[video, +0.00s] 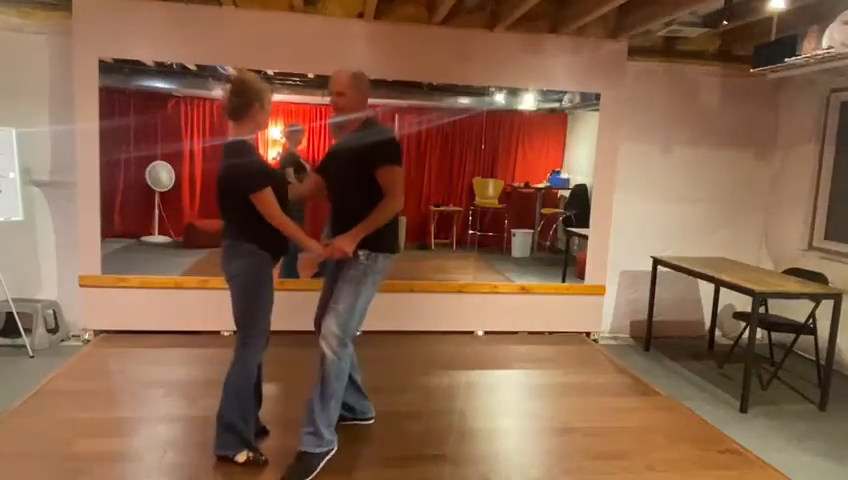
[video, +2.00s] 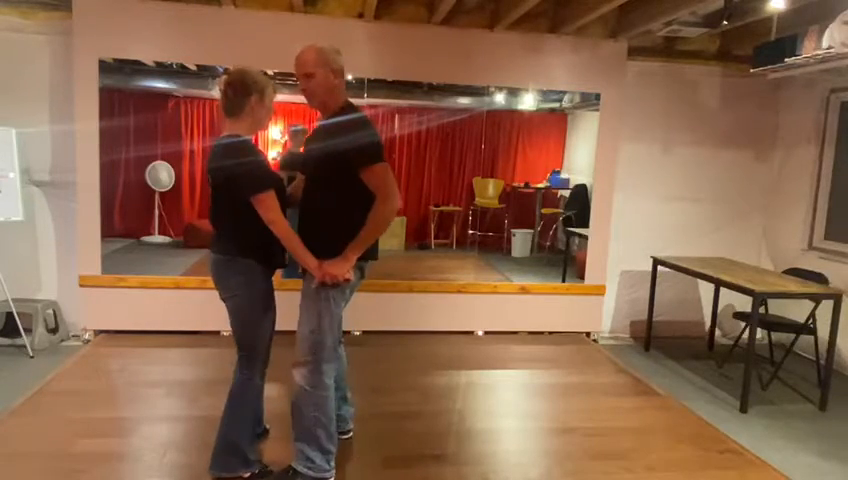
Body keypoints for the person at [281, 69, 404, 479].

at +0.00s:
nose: (333, 100)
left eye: (340, 94)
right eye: (332, 94)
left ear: (363, 96)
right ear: (336, 98)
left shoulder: (380, 137)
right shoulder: (341, 143)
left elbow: (396, 198)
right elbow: (311, 188)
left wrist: (352, 237)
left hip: (372, 250)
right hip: (342, 248)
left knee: (334, 334)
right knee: (330, 326)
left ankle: (318, 441)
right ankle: (355, 405)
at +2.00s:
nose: (301, 86)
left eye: (308, 76)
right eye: (298, 78)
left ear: (335, 76)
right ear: (315, 80)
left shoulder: (354, 127)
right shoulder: (325, 127)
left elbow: (390, 199)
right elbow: (320, 190)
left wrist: (348, 257)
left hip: (336, 262)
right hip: (321, 256)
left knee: (313, 364)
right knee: (325, 343)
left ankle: (314, 465)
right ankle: (339, 418)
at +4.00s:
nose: (281, 90)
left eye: (288, 82)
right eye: (277, 83)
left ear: (312, 82)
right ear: (276, 88)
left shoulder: (336, 120)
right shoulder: (292, 135)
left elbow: (390, 147)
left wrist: (383, 212)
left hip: (342, 250)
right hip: (317, 251)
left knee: (321, 350)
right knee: (312, 338)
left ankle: (313, 463)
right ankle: (323, 418)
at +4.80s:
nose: (315, 146)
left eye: (323, 139)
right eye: (311, 139)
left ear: (344, 141)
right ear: (307, 144)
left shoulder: (369, 179)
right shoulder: (305, 190)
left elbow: (389, 237)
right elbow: (247, 220)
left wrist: (332, 266)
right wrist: (193, 216)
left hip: (376, 289)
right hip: (338, 290)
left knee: (306, 357)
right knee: (279, 340)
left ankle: (313, 468)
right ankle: (320, 419)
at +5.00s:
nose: (318, 154)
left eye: (327, 146)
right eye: (315, 146)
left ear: (350, 149)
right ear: (312, 149)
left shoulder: (378, 190)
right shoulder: (312, 195)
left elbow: (383, 253)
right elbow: (257, 221)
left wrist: (324, 278)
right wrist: (209, 221)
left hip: (378, 300)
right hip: (341, 296)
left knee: (298, 364)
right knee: (283, 338)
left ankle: (312, 469)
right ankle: (323, 418)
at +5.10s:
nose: (319, 154)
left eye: (328, 147)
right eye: (317, 146)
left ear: (351, 150)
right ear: (315, 149)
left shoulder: (378, 190)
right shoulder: (315, 196)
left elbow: (378, 258)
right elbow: (257, 222)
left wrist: (314, 282)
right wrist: (211, 220)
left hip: (377, 303)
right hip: (345, 298)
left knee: (293, 366)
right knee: (285, 335)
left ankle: (311, 469)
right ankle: (323, 419)